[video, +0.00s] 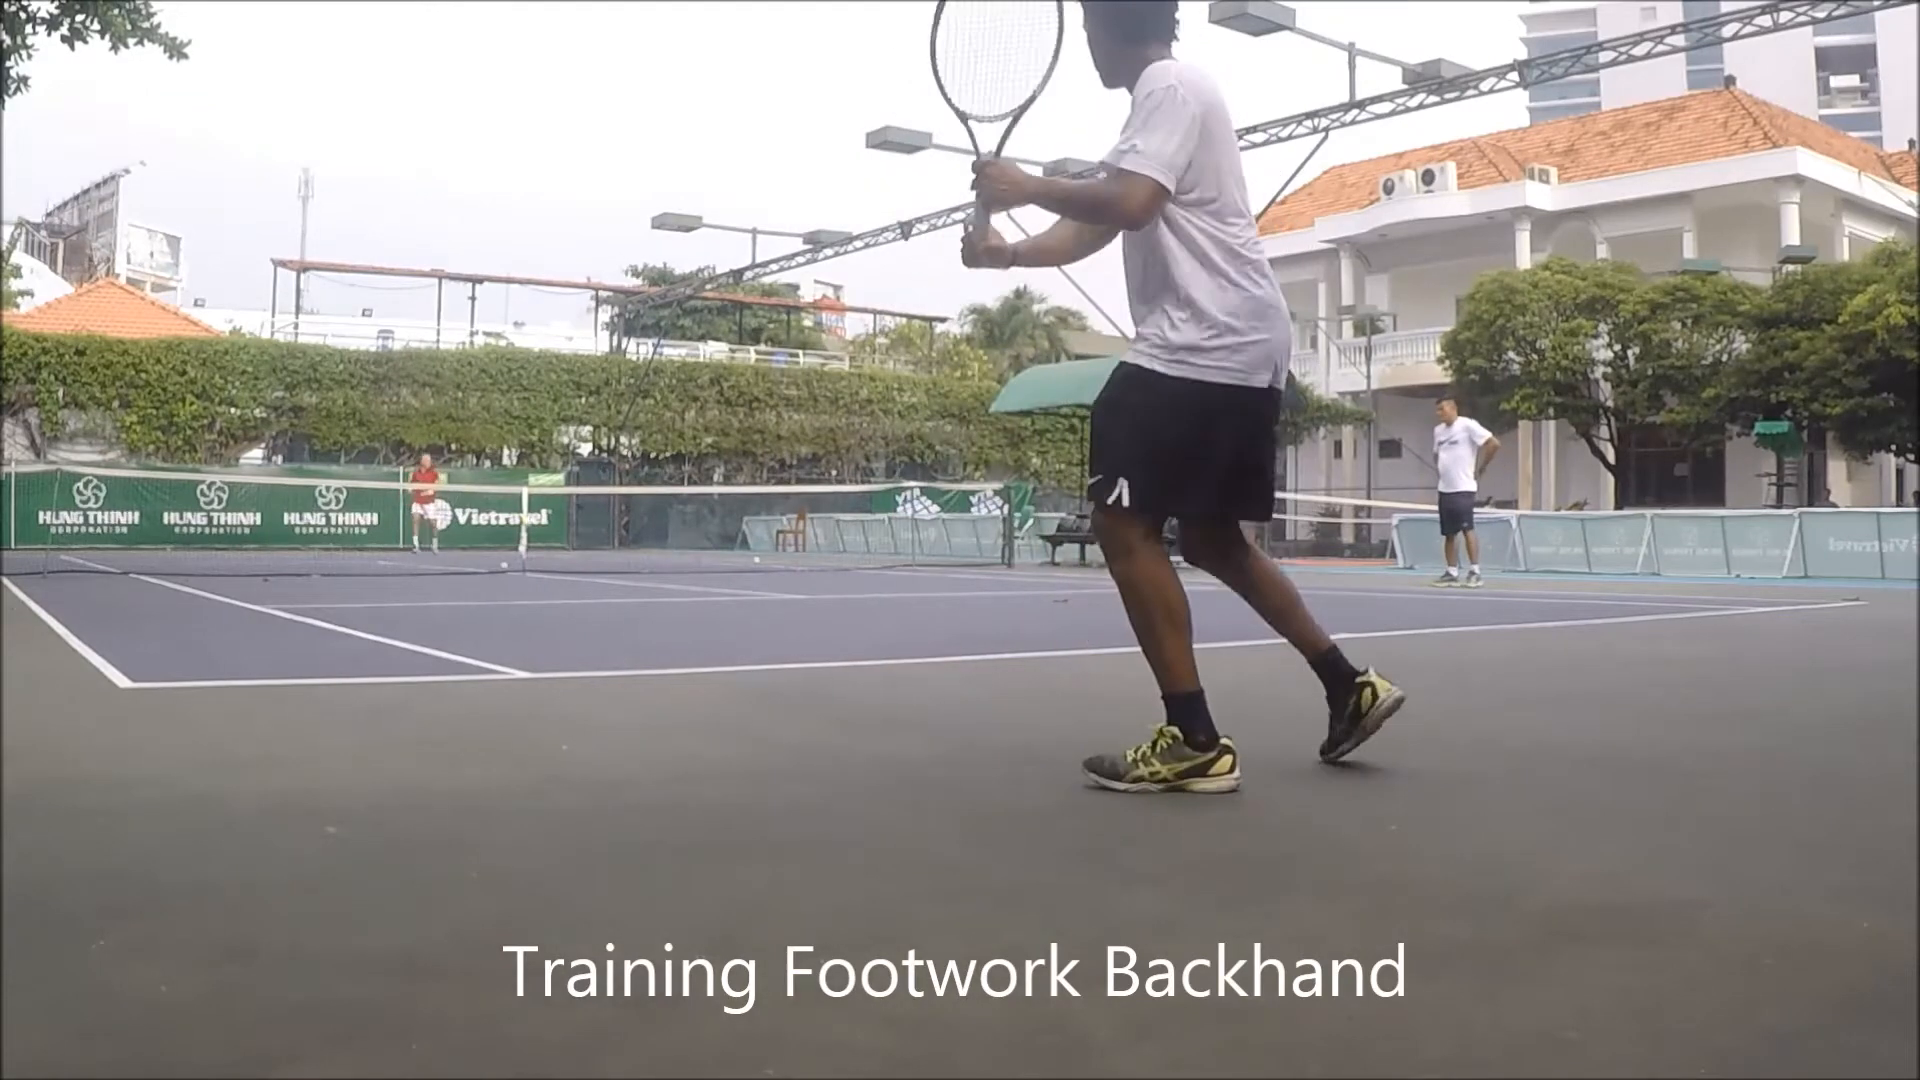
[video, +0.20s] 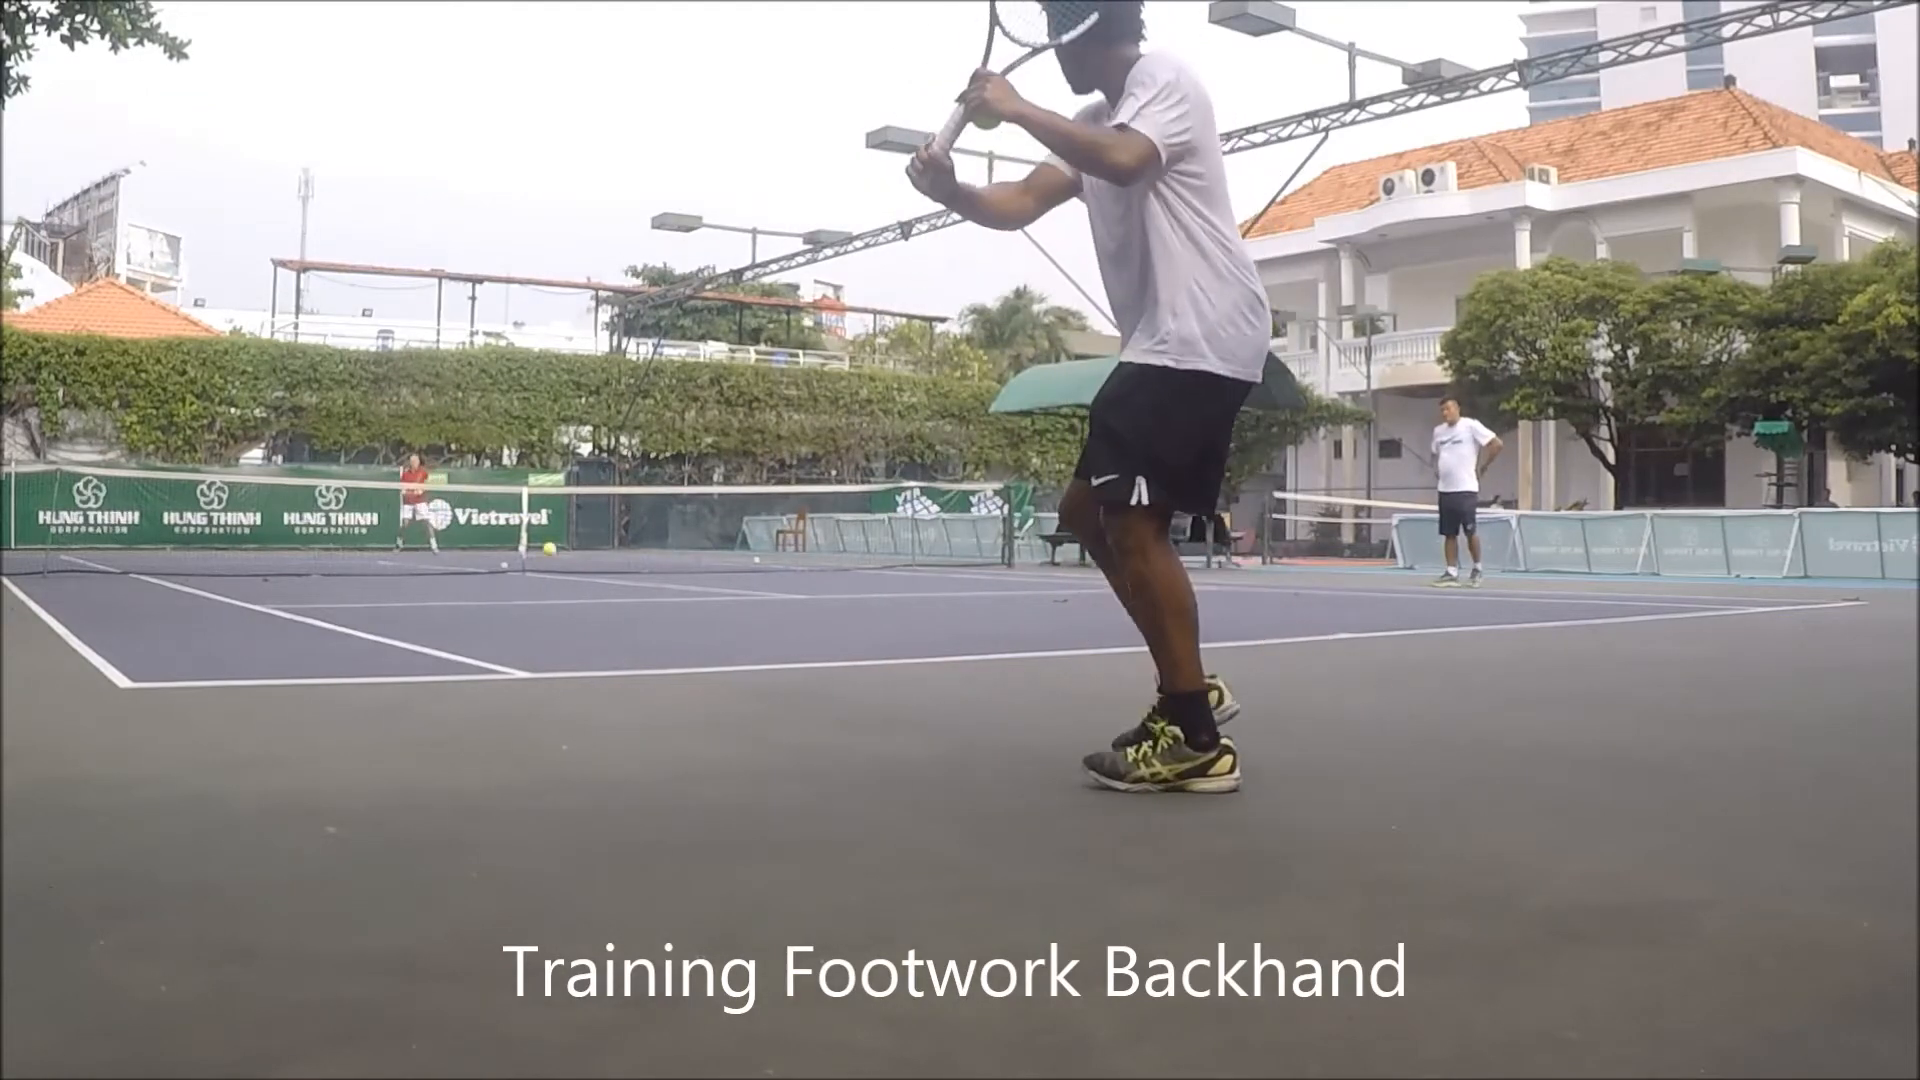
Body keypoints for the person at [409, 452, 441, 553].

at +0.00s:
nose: (427, 463)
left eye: (428, 460)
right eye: (425, 460)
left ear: (431, 462)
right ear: (421, 462)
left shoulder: (434, 474)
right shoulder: (416, 474)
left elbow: (437, 485)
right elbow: (412, 485)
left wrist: (430, 491)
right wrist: (415, 489)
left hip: (429, 501)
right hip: (417, 501)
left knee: (433, 522)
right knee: (416, 520)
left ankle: (434, 543)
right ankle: (416, 543)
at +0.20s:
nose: (414, 463)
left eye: (416, 461)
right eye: (412, 461)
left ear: (419, 462)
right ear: (409, 462)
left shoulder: (423, 473)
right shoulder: (406, 474)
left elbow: (425, 484)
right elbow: (402, 485)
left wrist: (420, 491)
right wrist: (406, 491)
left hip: (420, 501)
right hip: (408, 501)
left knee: (427, 522)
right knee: (404, 523)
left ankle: (433, 543)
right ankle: (399, 543)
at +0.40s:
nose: (408, 462)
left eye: (409, 460)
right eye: (405, 460)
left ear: (411, 461)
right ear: (401, 462)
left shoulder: (414, 472)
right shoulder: (396, 473)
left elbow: (417, 484)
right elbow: (394, 484)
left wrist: (410, 489)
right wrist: (400, 490)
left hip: (412, 500)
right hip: (399, 501)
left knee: (418, 520)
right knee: (399, 523)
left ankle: (425, 544)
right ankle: (398, 545)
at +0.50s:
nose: (405, 458)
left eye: (407, 456)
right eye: (403, 456)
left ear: (409, 457)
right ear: (400, 457)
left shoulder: (412, 468)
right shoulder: (394, 468)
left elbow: (414, 481)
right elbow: (391, 482)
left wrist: (408, 488)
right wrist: (400, 488)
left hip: (409, 496)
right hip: (397, 497)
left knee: (413, 519)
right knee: (397, 520)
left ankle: (414, 543)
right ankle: (396, 543)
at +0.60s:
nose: (402, 459)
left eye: (404, 457)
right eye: (400, 457)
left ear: (408, 458)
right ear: (397, 458)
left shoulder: (410, 469)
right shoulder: (392, 469)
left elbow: (412, 482)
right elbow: (389, 482)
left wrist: (406, 490)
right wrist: (395, 490)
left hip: (406, 497)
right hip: (395, 497)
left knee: (408, 519)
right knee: (394, 519)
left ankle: (405, 538)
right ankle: (392, 539)